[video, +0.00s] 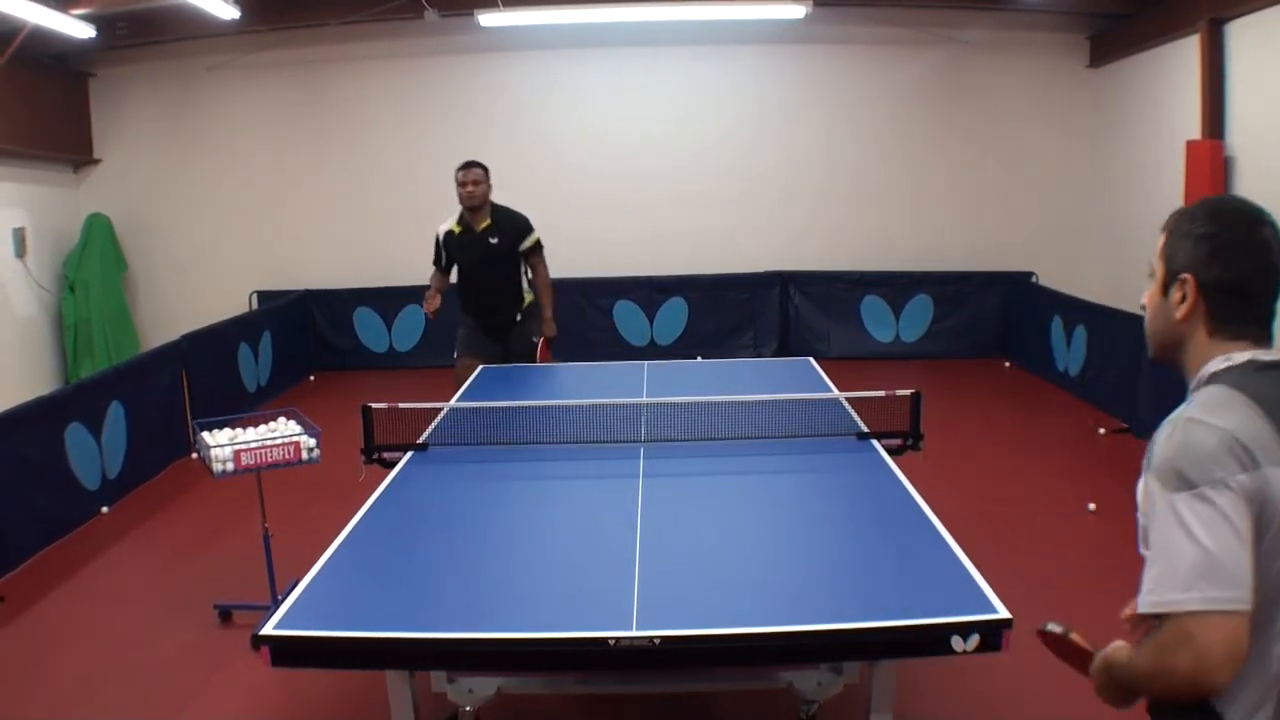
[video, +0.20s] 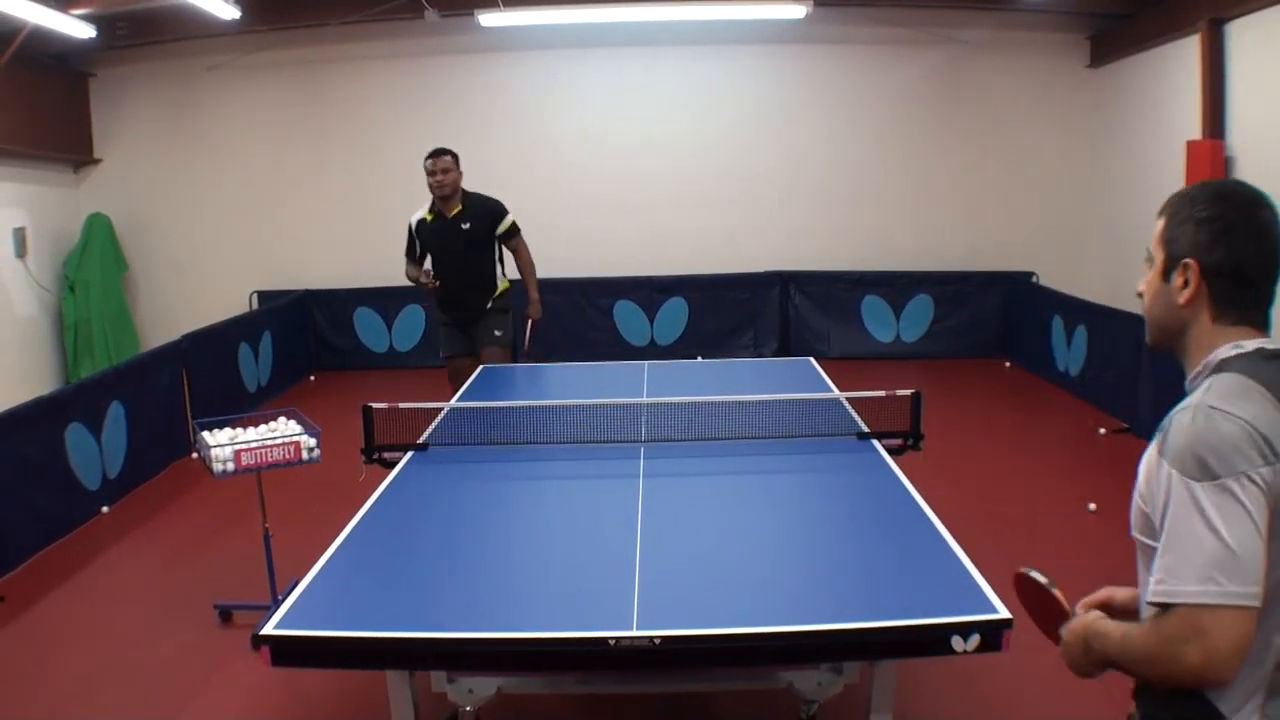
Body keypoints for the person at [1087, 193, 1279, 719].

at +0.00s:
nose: (1143, 299)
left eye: (1152, 279)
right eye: (1149, 278)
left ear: (1185, 295)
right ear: (1259, 294)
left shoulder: (1200, 433)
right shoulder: (1267, 391)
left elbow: (1209, 653)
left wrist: (1125, 670)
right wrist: (1174, 601)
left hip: (1235, 710)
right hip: (1263, 701)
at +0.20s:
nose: (1140, 286)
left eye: (1152, 264)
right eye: (1146, 263)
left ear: (1186, 282)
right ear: (1256, 280)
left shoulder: (1213, 421)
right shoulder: (1261, 388)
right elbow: (1255, 590)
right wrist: (1146, 603)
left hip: (1210, 710)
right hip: (1252, 702)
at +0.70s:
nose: (1027, 386)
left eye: (1025, 370)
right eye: (1024, 370)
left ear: (1049, 373)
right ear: (1132, 353)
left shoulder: (1082, 463)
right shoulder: (1237, 434)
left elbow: (1080, 669)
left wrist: (1028, 668)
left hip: (1171, 709)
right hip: (1266, 704)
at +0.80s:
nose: (1033, 380)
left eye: (1031, 363)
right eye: (1029, 363)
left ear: (1056, 365)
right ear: (1135, 346)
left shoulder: (1087, 458)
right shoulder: (1239, 428)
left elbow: (1082, 663)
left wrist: (1028, 661)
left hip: (1175, 707)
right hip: (1266, 701)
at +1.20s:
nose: (1017, 360)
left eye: (1017, 342)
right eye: (1016, 343)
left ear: (1040, 346)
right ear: (1125, 333)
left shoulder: (1065, 448)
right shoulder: (1216, 424)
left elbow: (1028, 653)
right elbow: (1260, 573)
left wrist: (962, 620)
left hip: (1130, 708)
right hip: (1256, 701)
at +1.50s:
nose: (992, 332)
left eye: (991, 316)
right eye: (990, 315)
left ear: (1012, 317)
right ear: (1091, 301)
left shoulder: (1019, 418)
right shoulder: (1199, 401)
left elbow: (922, 598)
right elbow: (1254, 549)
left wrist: (880, 571)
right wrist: (1160, 586)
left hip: (1084, 703)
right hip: (1212, 700)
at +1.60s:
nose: (993, 338)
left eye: (992, 322)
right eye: (992, 322)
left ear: (1013, 324)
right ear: (1089, 306)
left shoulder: (1023, 426)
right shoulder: (1190, 402)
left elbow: (911, 585)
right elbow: (1238, 541)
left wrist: (877, 563)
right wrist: (1141, 565)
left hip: (1080, 705)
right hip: (1205, 700)